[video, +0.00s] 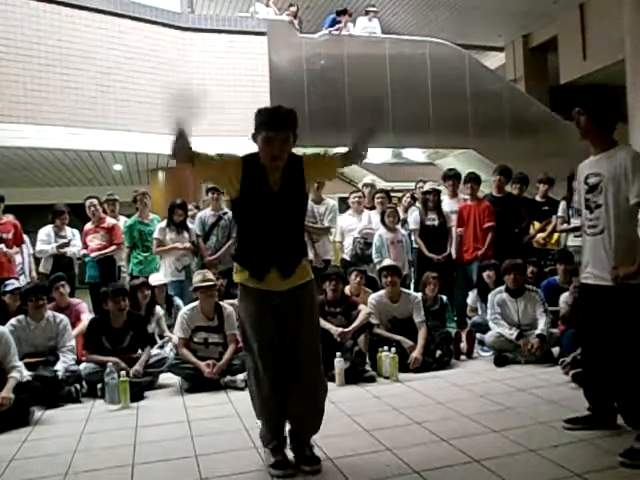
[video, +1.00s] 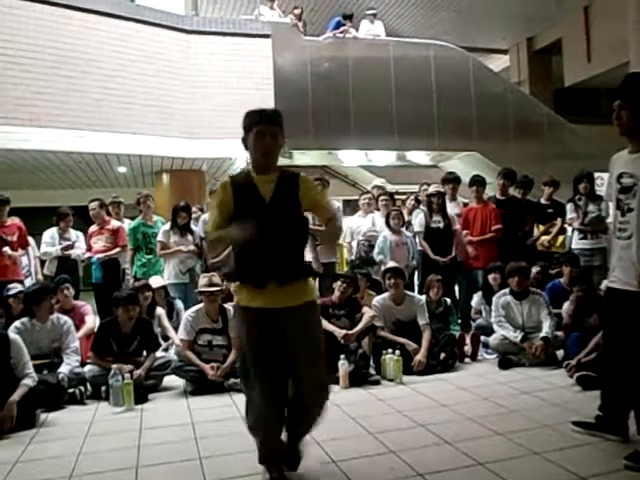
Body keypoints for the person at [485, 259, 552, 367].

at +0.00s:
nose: (513, 278)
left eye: (516, 274)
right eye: (509, 274)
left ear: (523, 276)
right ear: (504, 277)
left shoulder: (535, 293)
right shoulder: (495, 296)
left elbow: (543, 315)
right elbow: (494, 320)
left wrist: (540, 336)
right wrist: (517, 336)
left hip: (531, 331)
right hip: (508, 333)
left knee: (553, 335)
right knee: (491, 338)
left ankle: (513, 357)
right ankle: (538, 355)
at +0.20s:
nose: (513, 278)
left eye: (516, 274)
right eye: (508, 274)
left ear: (523, 276)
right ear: (503, 277)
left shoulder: (534, 293)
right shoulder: (495, 296)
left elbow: (543, 316)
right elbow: (494, 320)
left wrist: (540, 336)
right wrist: (518, 336)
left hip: (531, 332)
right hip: (508, 333)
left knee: (555, 335)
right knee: (491, 338)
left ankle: (514, 357)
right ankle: (537, 355)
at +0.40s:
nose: (513, 278)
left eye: (516, 274)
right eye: (509, 274)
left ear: (523, 276)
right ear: (504, 277)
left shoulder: (535, 293)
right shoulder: (495, 296)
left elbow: (544, 316)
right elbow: (494, 320)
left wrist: (540, 336)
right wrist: (518, 336)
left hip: (531, 332)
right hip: (508, 333)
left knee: (555, 335)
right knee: (491, 338)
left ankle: (514, 357)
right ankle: (537, 355)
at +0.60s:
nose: (513, 278)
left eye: (516, 274)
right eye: (509, 274)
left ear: (523, 276)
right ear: (504, 277)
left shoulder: (535, 293)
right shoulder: (495, 296)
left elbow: (544, 316)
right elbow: (494, 320)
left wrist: (540, 336)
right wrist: (517, 336)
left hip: (531, 332)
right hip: (508, 333)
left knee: (555, 335)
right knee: (491, 338)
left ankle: (514, 357)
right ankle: (538, 355)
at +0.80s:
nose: (517, 281)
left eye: (520, 277)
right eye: (512, 277)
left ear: (527, 278)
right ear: (508, 280)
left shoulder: (539, 296)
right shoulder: (499, 299)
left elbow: (548, 319)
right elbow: (498, 323)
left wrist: (544, 339)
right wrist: (522, 339)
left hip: (536, 335)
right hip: (512, 335)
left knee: (559, 338)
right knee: (495, 341)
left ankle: (518, 360)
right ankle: (543, 357)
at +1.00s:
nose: (517, 280)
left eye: (521, 276)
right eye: (513, 277)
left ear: (528, 279)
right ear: (508, 280)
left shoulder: (539, 296)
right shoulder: (499, 299)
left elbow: (548, 319)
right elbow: (498, 323)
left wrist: (544, 339)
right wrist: (522, 339)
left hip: (535, 335)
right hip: (512, 335)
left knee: (559, 338)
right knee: (495, 341)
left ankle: (519, 360)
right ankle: (542, 358)